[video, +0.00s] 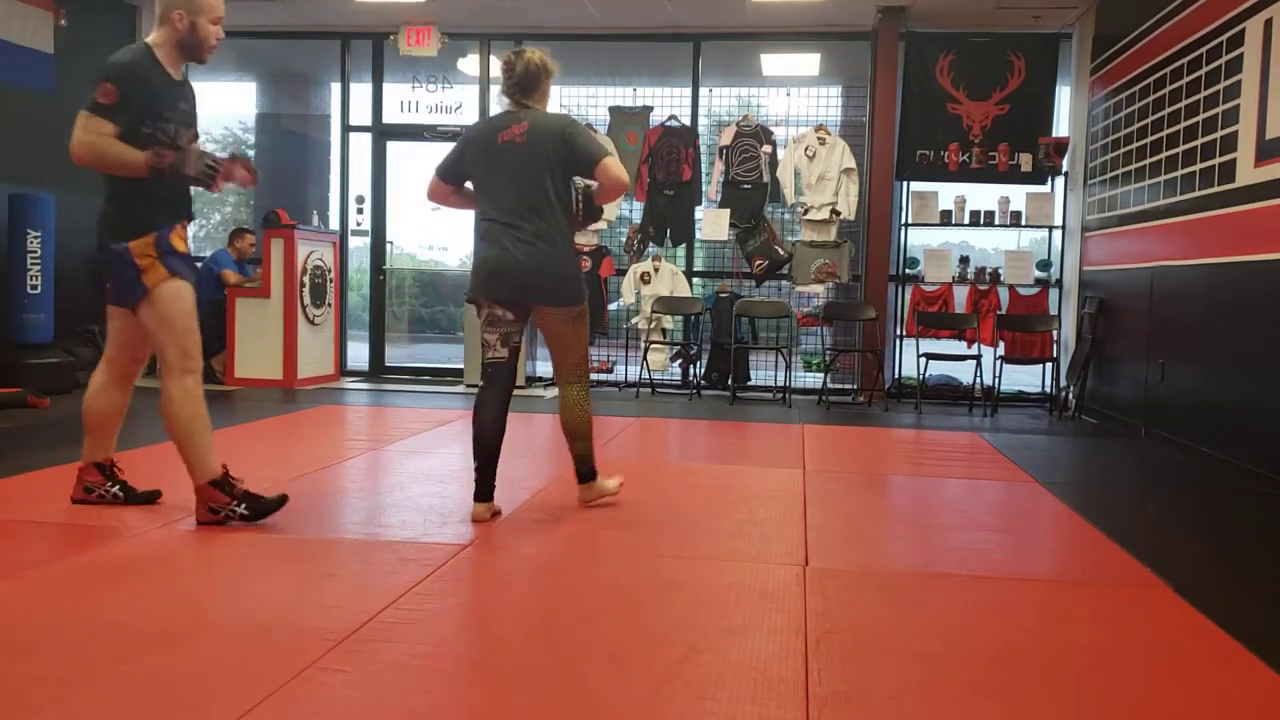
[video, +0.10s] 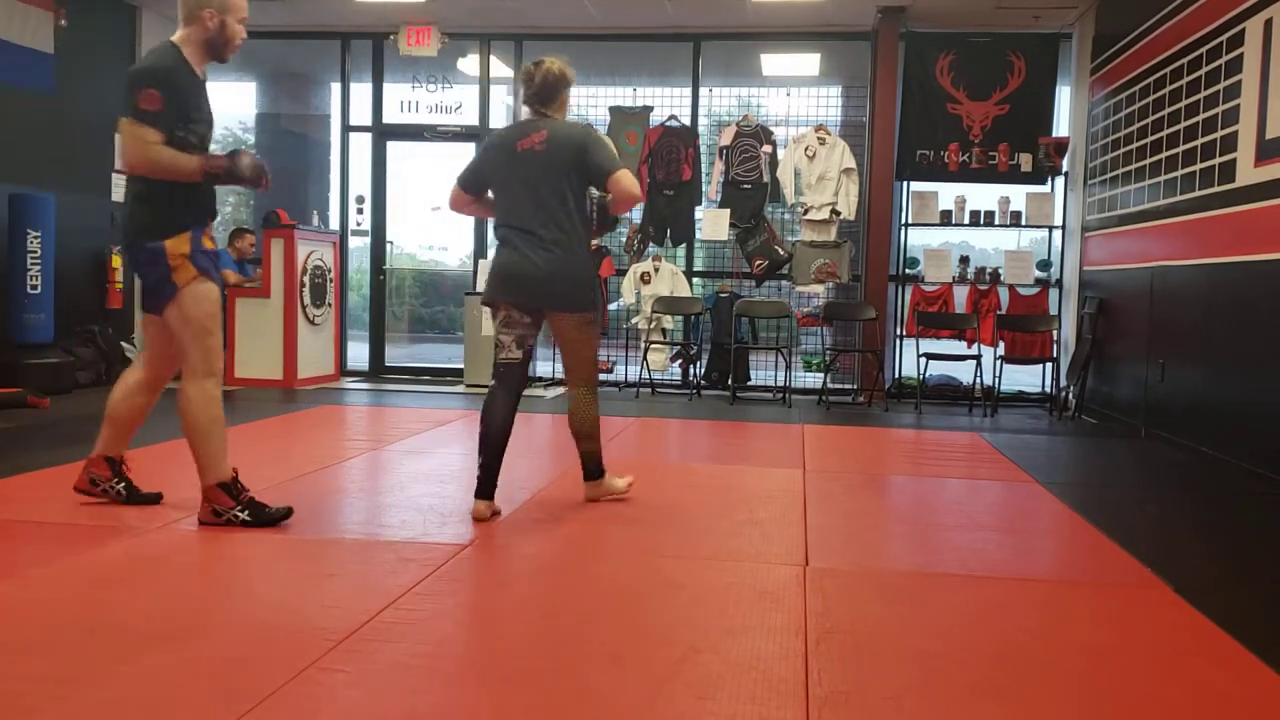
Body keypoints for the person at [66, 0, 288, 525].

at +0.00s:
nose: (221, 35)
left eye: (222, 25)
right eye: (215, 23)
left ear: (183, 22)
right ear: (179, 18)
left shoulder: (181, 80)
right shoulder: (127, 68)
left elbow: (172, 154)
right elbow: (84, 145)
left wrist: (213, 171)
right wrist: (155, 161)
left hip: (156, 234)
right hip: (142, 235)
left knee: (121, 362)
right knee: (185, 360)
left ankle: (94, 475)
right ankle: (213, 491)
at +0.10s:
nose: (245, 35)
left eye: (245, 24)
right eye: (241, 22)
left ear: (208, 21)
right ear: (209, 19)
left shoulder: (185, 75)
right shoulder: (159, 71)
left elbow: (168, 156)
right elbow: (136, 155)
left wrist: (226, 165)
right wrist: (218, 166)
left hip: (173, 234)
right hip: (173, 236)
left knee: (156, 363)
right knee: (204, 364)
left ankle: (101, 468)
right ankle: (220, 494)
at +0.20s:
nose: (264, 37)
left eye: (266, 26)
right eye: (263, 24)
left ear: (222, 16)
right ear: (237, 17)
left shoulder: (182, 62)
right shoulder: (199, 65)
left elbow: (199, 158)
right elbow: (209, 161)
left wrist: (252, 152)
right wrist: (266, 151)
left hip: (175, 227)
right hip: (191, 229)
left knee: (202, 353)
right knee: (213, 365)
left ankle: (129, 444)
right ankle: (220, 492)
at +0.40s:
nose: (292, 31)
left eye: (293, 21)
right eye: (294, 21)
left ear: (243, 11)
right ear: (281, 16)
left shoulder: (203, 58)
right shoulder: (251, 64)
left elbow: (222, 143)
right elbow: (279, 156)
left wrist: (285, 120)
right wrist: (310, 128)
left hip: (197, 222)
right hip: (218, 225)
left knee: (242, 344)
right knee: (231, 354)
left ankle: (202, 464)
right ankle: (221, 492)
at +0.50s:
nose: (299, 43)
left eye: (301, 33)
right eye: (301, 32)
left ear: (249, 17)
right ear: (289, 23)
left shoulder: (209, 65)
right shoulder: (261, 68)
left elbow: (227, 150)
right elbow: (278, 160)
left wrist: (296, 142)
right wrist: (314, 152)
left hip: (203, 234)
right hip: (243, 232)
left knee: (235, 358)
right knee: (264, 362)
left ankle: (217, 486)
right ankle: (229, 491)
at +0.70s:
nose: (326, 46)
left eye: (328, 36)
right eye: (326, 34)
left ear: (282, 18)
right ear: (306, 22)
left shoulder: (233, 66)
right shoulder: (280, 57)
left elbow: (236, 144)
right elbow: (267, 128)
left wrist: (311, 144)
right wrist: (323, 148)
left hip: (224, 231)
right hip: (273, 227)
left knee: (232, 357)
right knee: (331, 345)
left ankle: (217, 483)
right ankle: (302, 472)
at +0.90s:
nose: (357, 54)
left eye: (360, 45)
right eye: (357, 42)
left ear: (314, 29)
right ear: (334, 32)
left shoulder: (273, 72)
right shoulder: (310, 70)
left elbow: (285, 151)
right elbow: (315, 148)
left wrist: (343, 130)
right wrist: (385, 144)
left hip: (257, 240)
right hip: (303, 241)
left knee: (248, 364)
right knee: (339, 366)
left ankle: (217, 484)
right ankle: (369, 488)